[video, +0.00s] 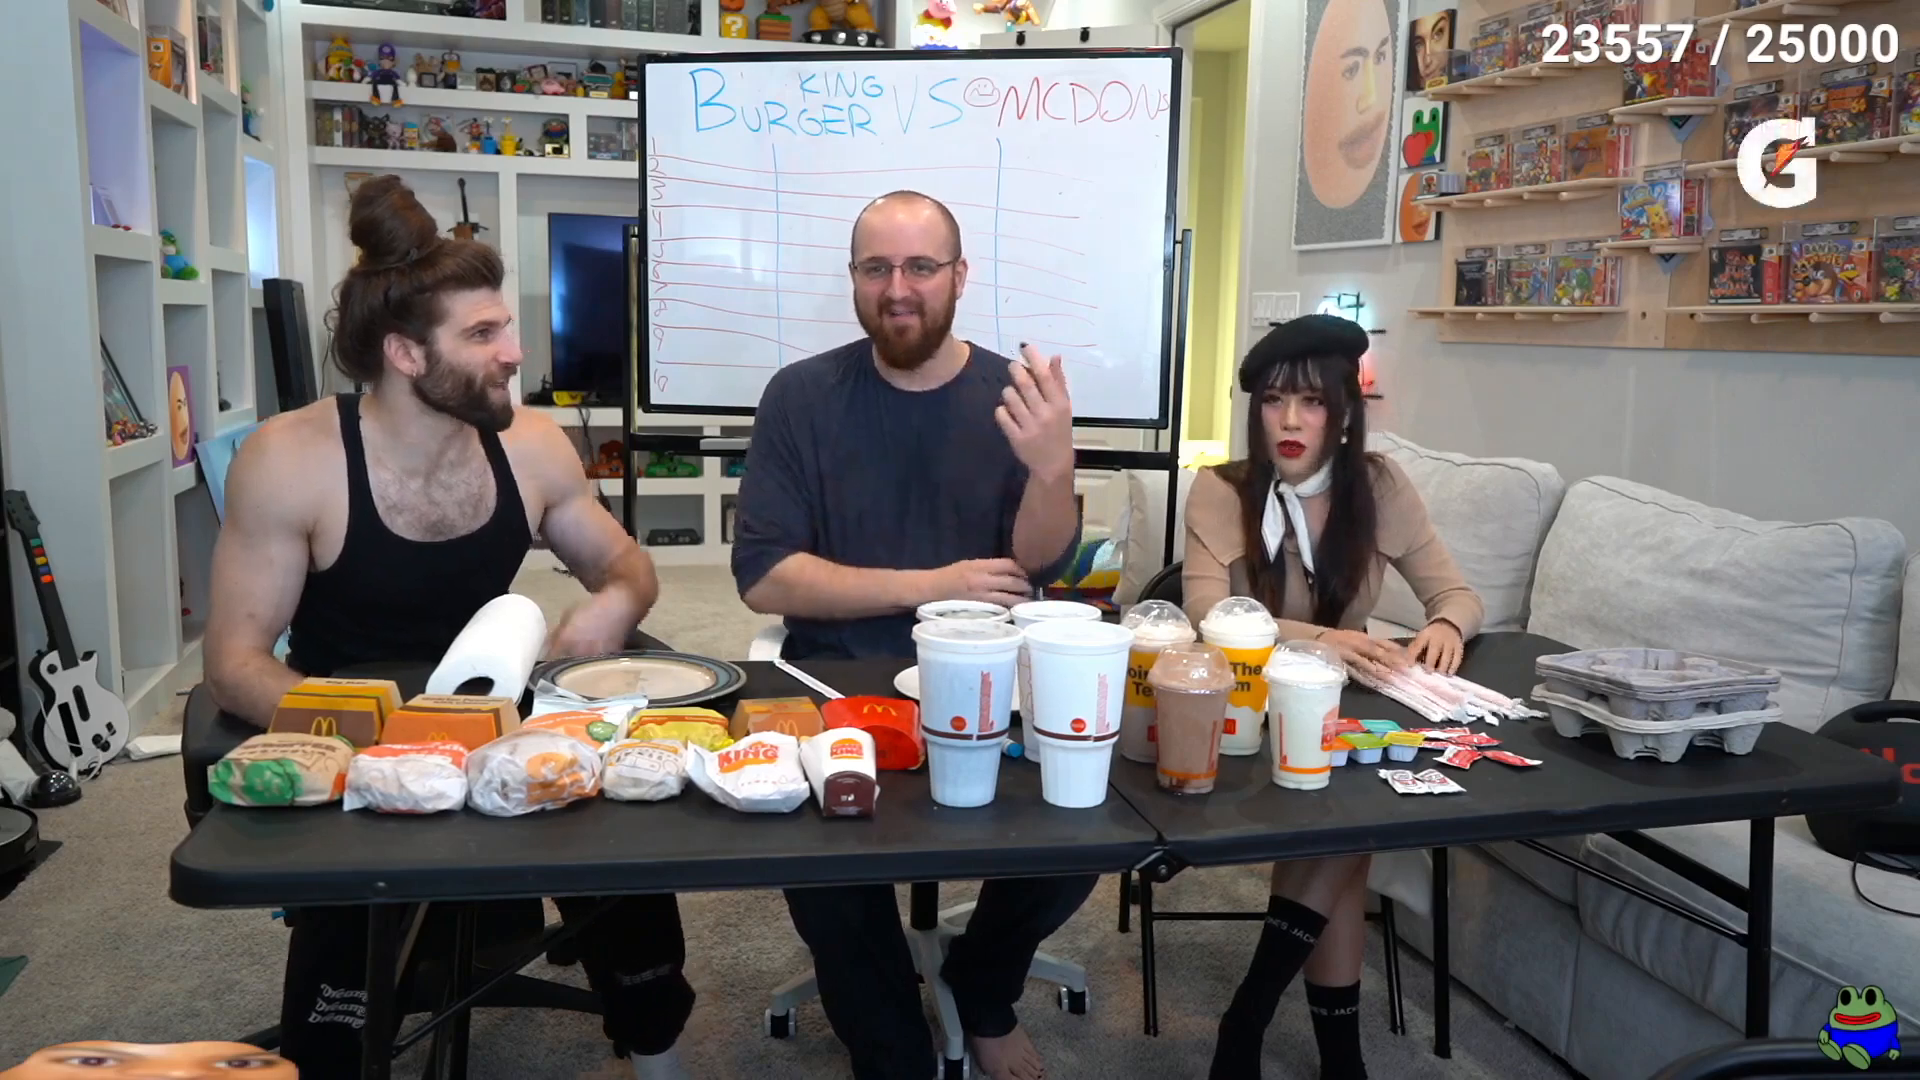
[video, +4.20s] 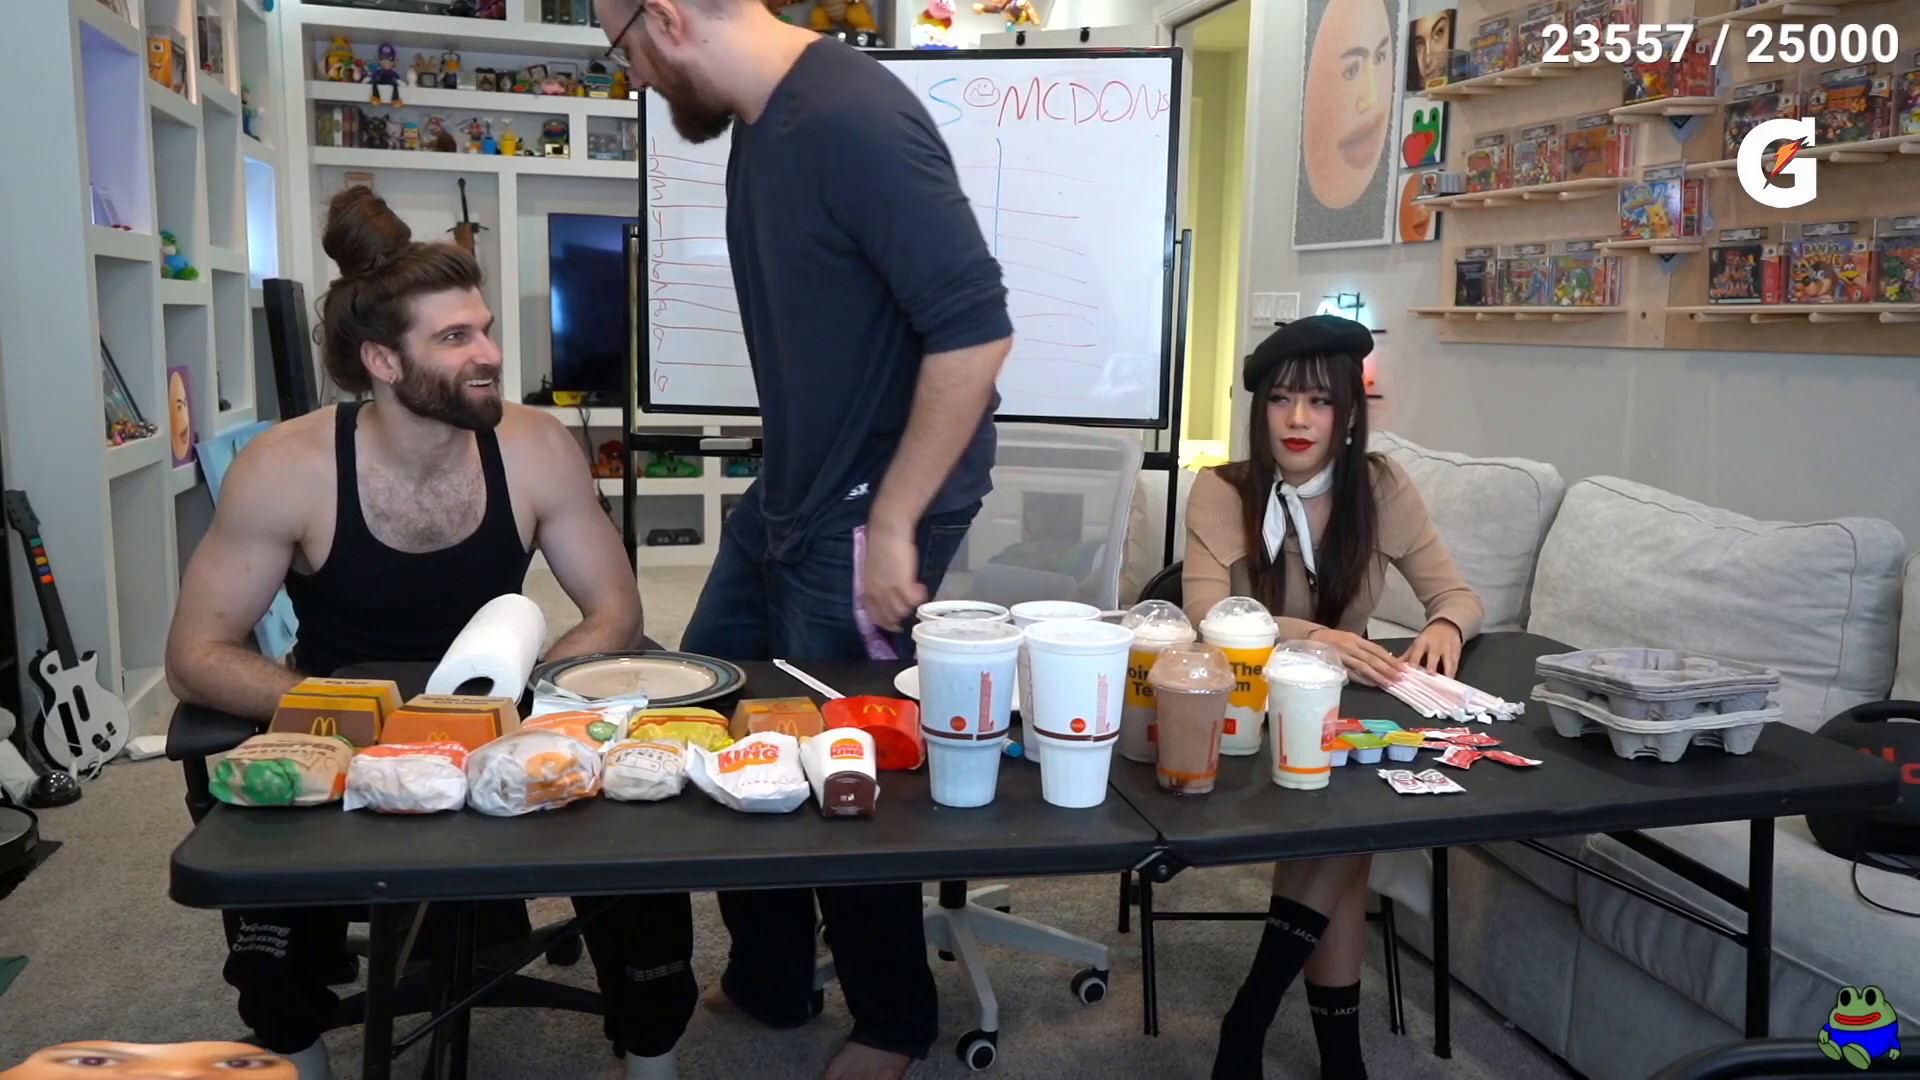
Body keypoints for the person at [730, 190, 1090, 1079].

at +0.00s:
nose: (897, 288)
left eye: (920, 268)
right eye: (876, 269)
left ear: (960, 278)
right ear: (852, 282)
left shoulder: (1015, 392)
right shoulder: (800, 396)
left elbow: (1039, 565)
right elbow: (764, 577)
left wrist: (1051, 472)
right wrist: (930, 584)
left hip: (991, 672)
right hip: (839, 677)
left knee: (1076, 830)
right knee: (819, 854)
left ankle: (980, 986)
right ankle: (899, 1060)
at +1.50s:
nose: (873, 282)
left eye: (872, 261)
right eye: (843, 273)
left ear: (884, 267)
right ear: (786, 306)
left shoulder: (958, 380)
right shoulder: (741, 432)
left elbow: (1092, 464)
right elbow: (698, 602)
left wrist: (1078, 367)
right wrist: (805, 623)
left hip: (982, 689)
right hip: (833, 702)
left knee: (1071, 826)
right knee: (820, 861)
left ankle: (982, 991)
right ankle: (895, 1062)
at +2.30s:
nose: (830, 301)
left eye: (842, 276)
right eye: (799, 288)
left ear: (863, 280)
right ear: (764, 311)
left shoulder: (955, 382)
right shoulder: (734, 431)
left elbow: (1095, 476)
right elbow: (696, 590)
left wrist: (999, 504)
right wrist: (775, 613)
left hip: (975, 684)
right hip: (824, 697)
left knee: (1061, 821)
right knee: (814, 852)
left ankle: (1003, 1017)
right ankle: (884, 1057)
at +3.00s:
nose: (803, 362)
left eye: (827, 334)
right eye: (780, 337)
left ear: (876, 324)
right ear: (759, 333)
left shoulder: (981, 396)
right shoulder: (744, 395)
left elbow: (1104, 444)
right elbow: (754, 482)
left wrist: (1082, 606)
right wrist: (784, 590)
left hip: (953, 683)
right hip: (814, 674)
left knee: (900, 846)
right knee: (748, 828)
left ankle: (894, 1040)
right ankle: (835, 1013)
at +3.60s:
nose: (703, 262)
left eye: (716, 238)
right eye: (690, 240)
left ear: (795, 189)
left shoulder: (970, 240)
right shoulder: (711, 250)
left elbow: (1090, 373)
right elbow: (740, 390)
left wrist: (1097, 544)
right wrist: (779, 516)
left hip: (934, 571)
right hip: (796, 560)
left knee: (873, 811)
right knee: (763, 798)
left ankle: (898, 1030)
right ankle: (837, 1016)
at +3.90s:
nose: (682, 104)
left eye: (680, 76)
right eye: (672, 82)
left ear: (746, 46)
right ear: (744, 50)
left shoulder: (950, 155)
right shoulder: (763, 150)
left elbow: (1052, 350)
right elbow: (780, 323)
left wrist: (1018, 538)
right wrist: (782, 461)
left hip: (903, 541)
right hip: (776, 514)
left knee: (854, 797)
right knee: (731, 760)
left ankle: (900, 1023)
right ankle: (814, 982)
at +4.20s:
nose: (634, 79)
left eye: (623, 49)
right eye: (621, 55)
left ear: (671, 20)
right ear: (686, 18)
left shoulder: (854, 121)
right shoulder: (765, 122)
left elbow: (972, 335)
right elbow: (827, 328)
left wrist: (894, 521)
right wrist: (784, 485)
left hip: (866, 522)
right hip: (783, 505)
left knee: (850, 771)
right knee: (716, 730)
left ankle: (893, 1025)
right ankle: (770, 980)